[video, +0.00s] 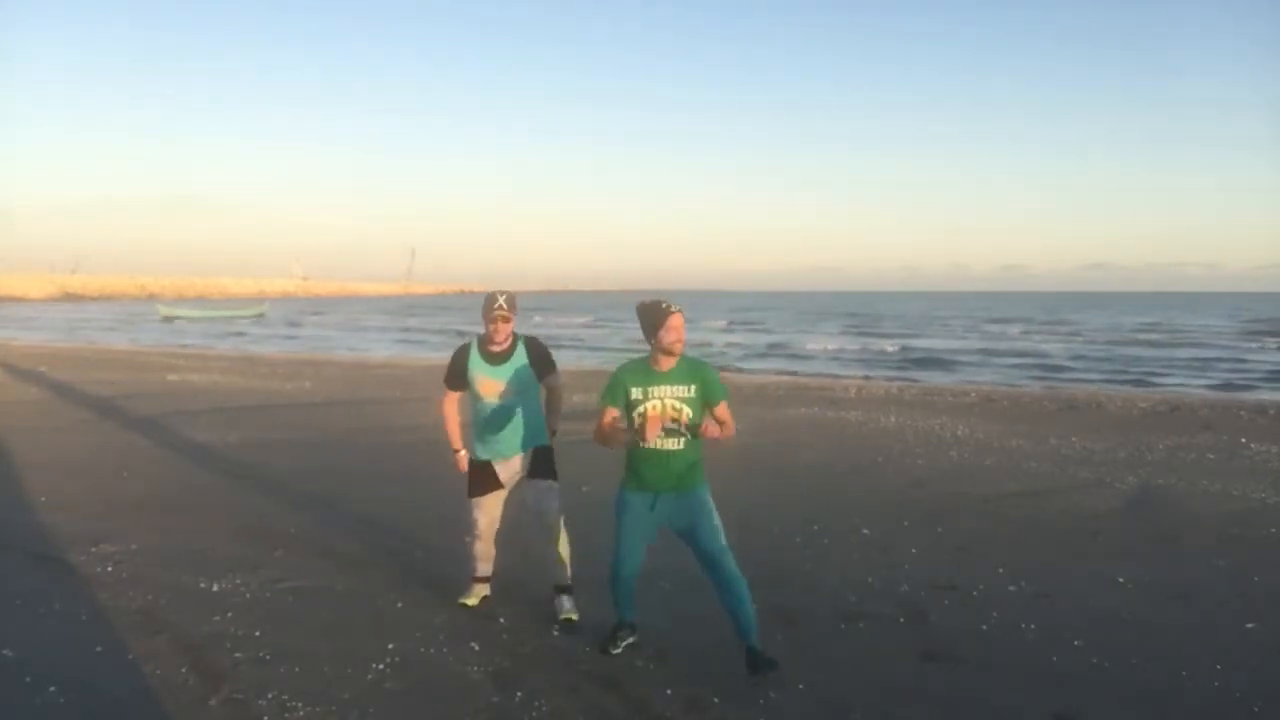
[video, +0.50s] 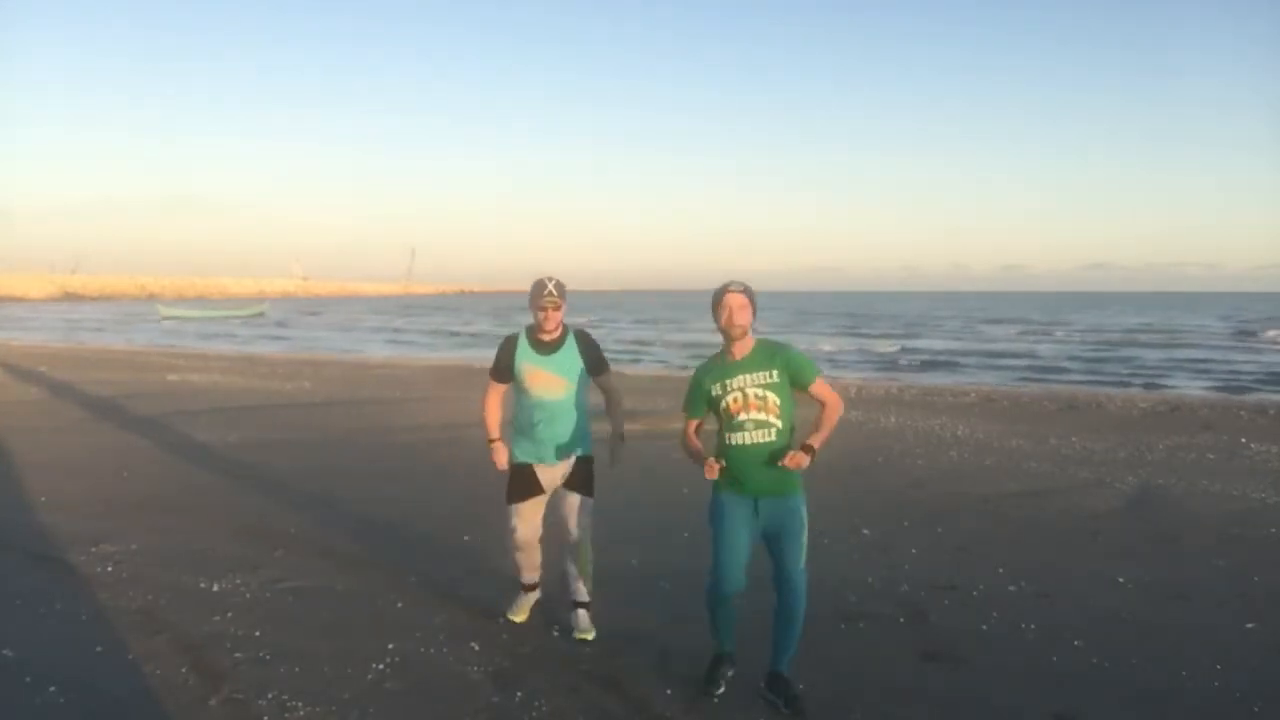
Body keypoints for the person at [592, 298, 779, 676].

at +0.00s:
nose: (680, 336)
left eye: (682, 328)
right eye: (672, 330)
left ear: (684, 331)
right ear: (652, 335)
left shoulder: (701, 374)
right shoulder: (626, 376)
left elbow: (729, 428)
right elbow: (603, 432)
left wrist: (715, 430)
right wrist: (634, 435)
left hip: (690, 490)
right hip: (639, 491)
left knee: (723, 564)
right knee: (624, 567)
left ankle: (753, 649)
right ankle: (624, 626)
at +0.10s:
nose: (693, 329)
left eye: (695, 321)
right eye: (684, 323)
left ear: (698, 325)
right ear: (666, 330)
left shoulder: (720, 366)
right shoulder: (643, 374)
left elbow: (752, 418)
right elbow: (617, 432)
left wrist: (734, 419)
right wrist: (656, 426)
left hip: (710, 491)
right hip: (658, 491)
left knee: (738, 572)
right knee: (633, 563)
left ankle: (765, 660)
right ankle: (625, 624)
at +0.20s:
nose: (704, 322)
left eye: (708, 313)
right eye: (695, 315)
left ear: (717, 319)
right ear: (681, 324)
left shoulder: (744, 360)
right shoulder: (667, 371)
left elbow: (776, 413)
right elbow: (643, 429)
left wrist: (755, 426)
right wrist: (676, 437)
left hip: (736, 490)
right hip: (683, 491)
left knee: (760, 577)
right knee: (651, 564)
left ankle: (775, 669)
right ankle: (628, 618)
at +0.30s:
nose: (713, 320)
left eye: (719, 312)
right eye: (705, 314)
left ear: (728, 317)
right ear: (692, 321)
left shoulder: (756, 361)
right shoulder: (680, 371)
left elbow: (791, 414)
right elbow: (663, 435)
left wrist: (769, 439)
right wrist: (686, 454)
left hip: (750, 488)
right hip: (699, 488)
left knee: (771, 576)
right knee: (672, 561)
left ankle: (776, 671)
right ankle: (641, 621)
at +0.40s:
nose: (725, 321)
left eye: (731, 313)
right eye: (717, 315)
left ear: (745, 319)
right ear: (708, 325)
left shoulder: (777, 367)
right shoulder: (700, 379)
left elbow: (815, 420)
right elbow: (688, 442)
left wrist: (798, 464)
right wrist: (702, 473)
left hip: (774, 492)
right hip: (723, 496)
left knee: (787, 586)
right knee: (710, 581)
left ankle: (779, 675)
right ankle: (688, 637)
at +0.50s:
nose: (730, 315)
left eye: (739, 308)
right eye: (723, 309)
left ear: (753, 314)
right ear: (714, 317)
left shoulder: (784, 358)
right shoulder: (706, 375)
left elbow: (833, 403)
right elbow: (689, 432)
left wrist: (809, 448)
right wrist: (703, 459)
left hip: (783, 488)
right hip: (733, 490)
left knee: (793, 585)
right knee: (726, 584)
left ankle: (779, 674)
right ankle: (723, 655)